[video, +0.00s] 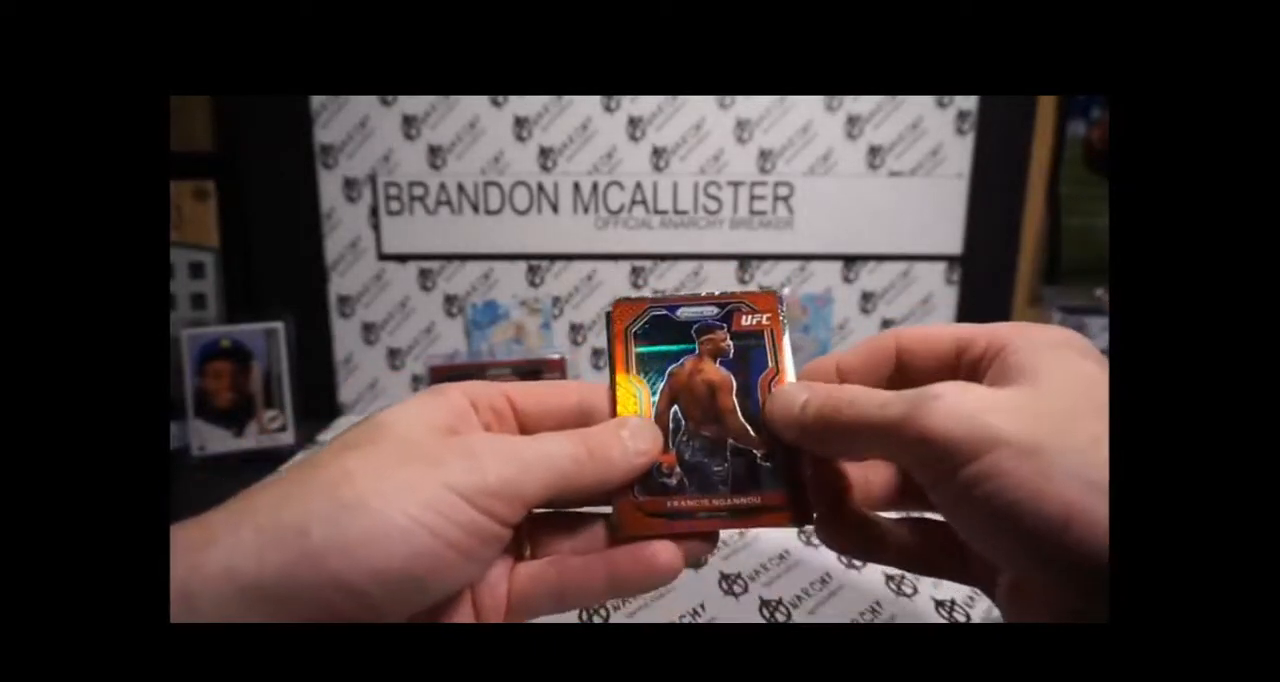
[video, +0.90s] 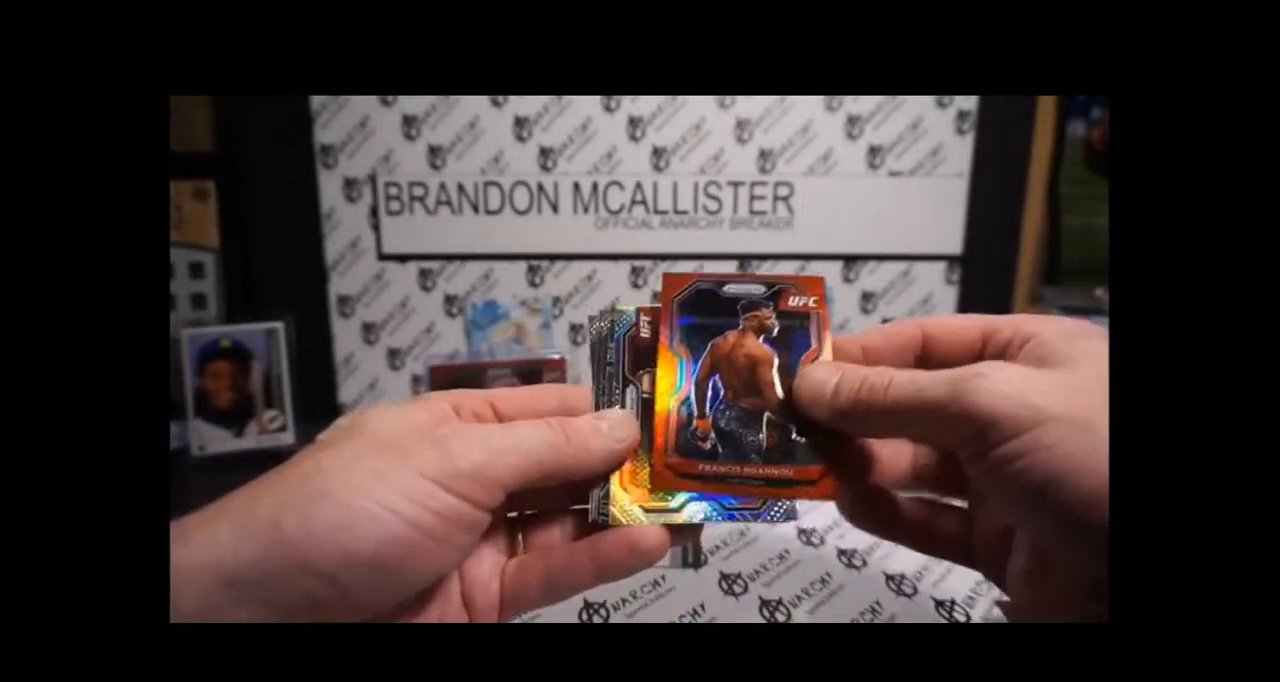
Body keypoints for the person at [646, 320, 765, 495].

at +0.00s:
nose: (730, 344)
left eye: (729, 339)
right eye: (725, 339)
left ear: (705, 345)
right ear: (707, 344)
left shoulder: (677, 371)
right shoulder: (721, 377)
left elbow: (661, 413)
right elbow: (734, 425)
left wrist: (665, 450)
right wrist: (758, 446)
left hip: (687, 444)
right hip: (714, 449)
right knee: (716, 513)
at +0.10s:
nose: (729, 344)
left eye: (728, 339)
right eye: (724, 340)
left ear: (704, 345)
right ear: (705, 345)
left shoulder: (675, 369)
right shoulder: (719, 377)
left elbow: (657, 410)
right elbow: (730, 426)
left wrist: (660, 447)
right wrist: (752, 446)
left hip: (681, 442)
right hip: (708, 447)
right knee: (710, 510)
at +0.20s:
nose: (733, 342)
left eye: (732, 336)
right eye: (727, 337)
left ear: (707, 341)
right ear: (709, 341)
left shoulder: (676, 369)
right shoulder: (721, 375)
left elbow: (661, 410)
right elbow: (731, 420)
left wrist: (663, 450)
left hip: (684, 443)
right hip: (711, 447)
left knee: (688, 509)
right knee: (713, 511)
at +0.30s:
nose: (741, 338)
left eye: (740, 333)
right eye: (735, 334)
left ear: (715, 338)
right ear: (717, 337)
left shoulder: (685, 365)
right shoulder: (729, 372)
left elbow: (667, 402)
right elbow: (739, 420)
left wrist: (668, 444)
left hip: (690, 438)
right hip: (717, 444)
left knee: (694, 505)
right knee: (719, 507)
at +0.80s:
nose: (753, 342)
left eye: (752, 337)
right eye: (747, 337)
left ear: (728, 340)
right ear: (730, 340)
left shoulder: (696, 365)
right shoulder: (740, 373)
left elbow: (678, 403)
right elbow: (751, 424)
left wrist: (678, 442)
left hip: (699, 438)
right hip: (726, 445)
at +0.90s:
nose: (775, 322)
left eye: (774, 317)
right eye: (770, 317)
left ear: (749, 321)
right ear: (753, 320)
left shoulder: (719, 344)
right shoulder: (764, 354)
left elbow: (700, 381)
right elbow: (773, 402)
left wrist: (701, 417)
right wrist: (794, 421)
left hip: (722, 413)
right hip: (750, 419)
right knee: (750, 479)